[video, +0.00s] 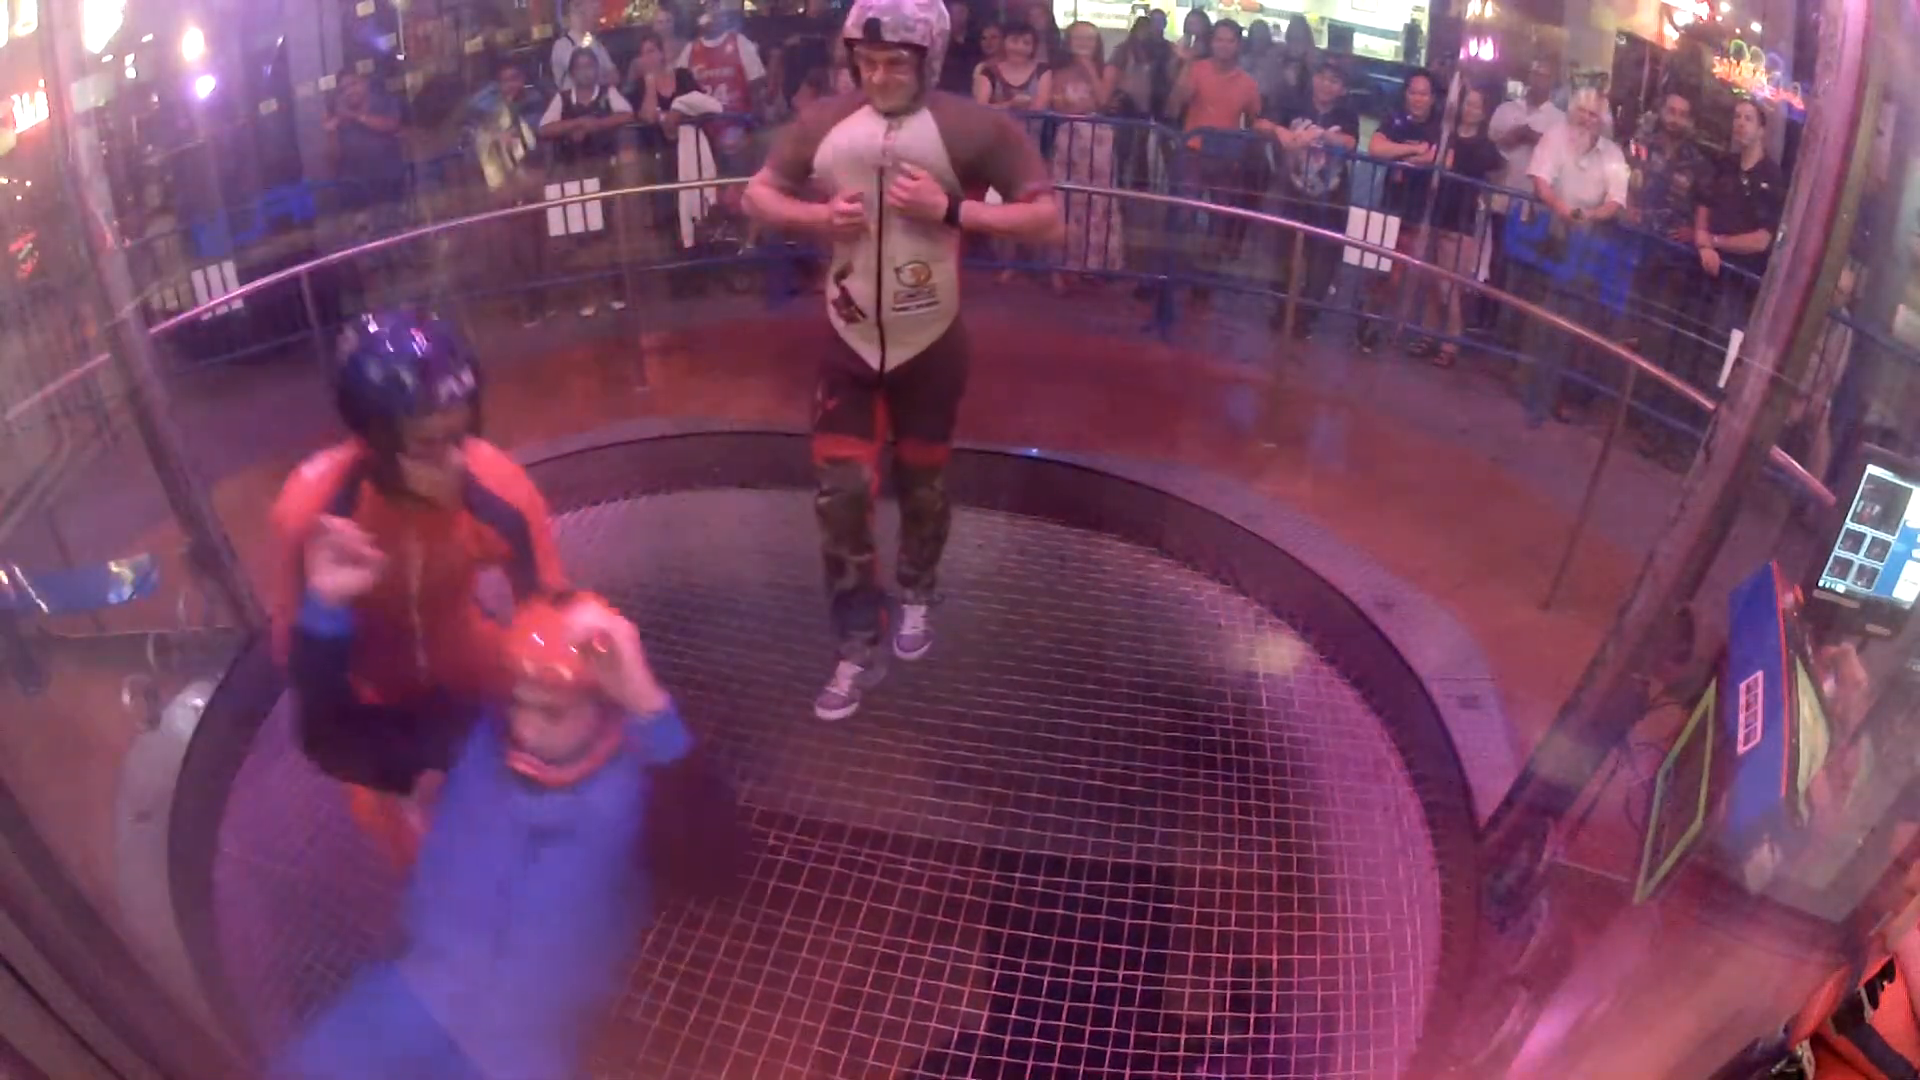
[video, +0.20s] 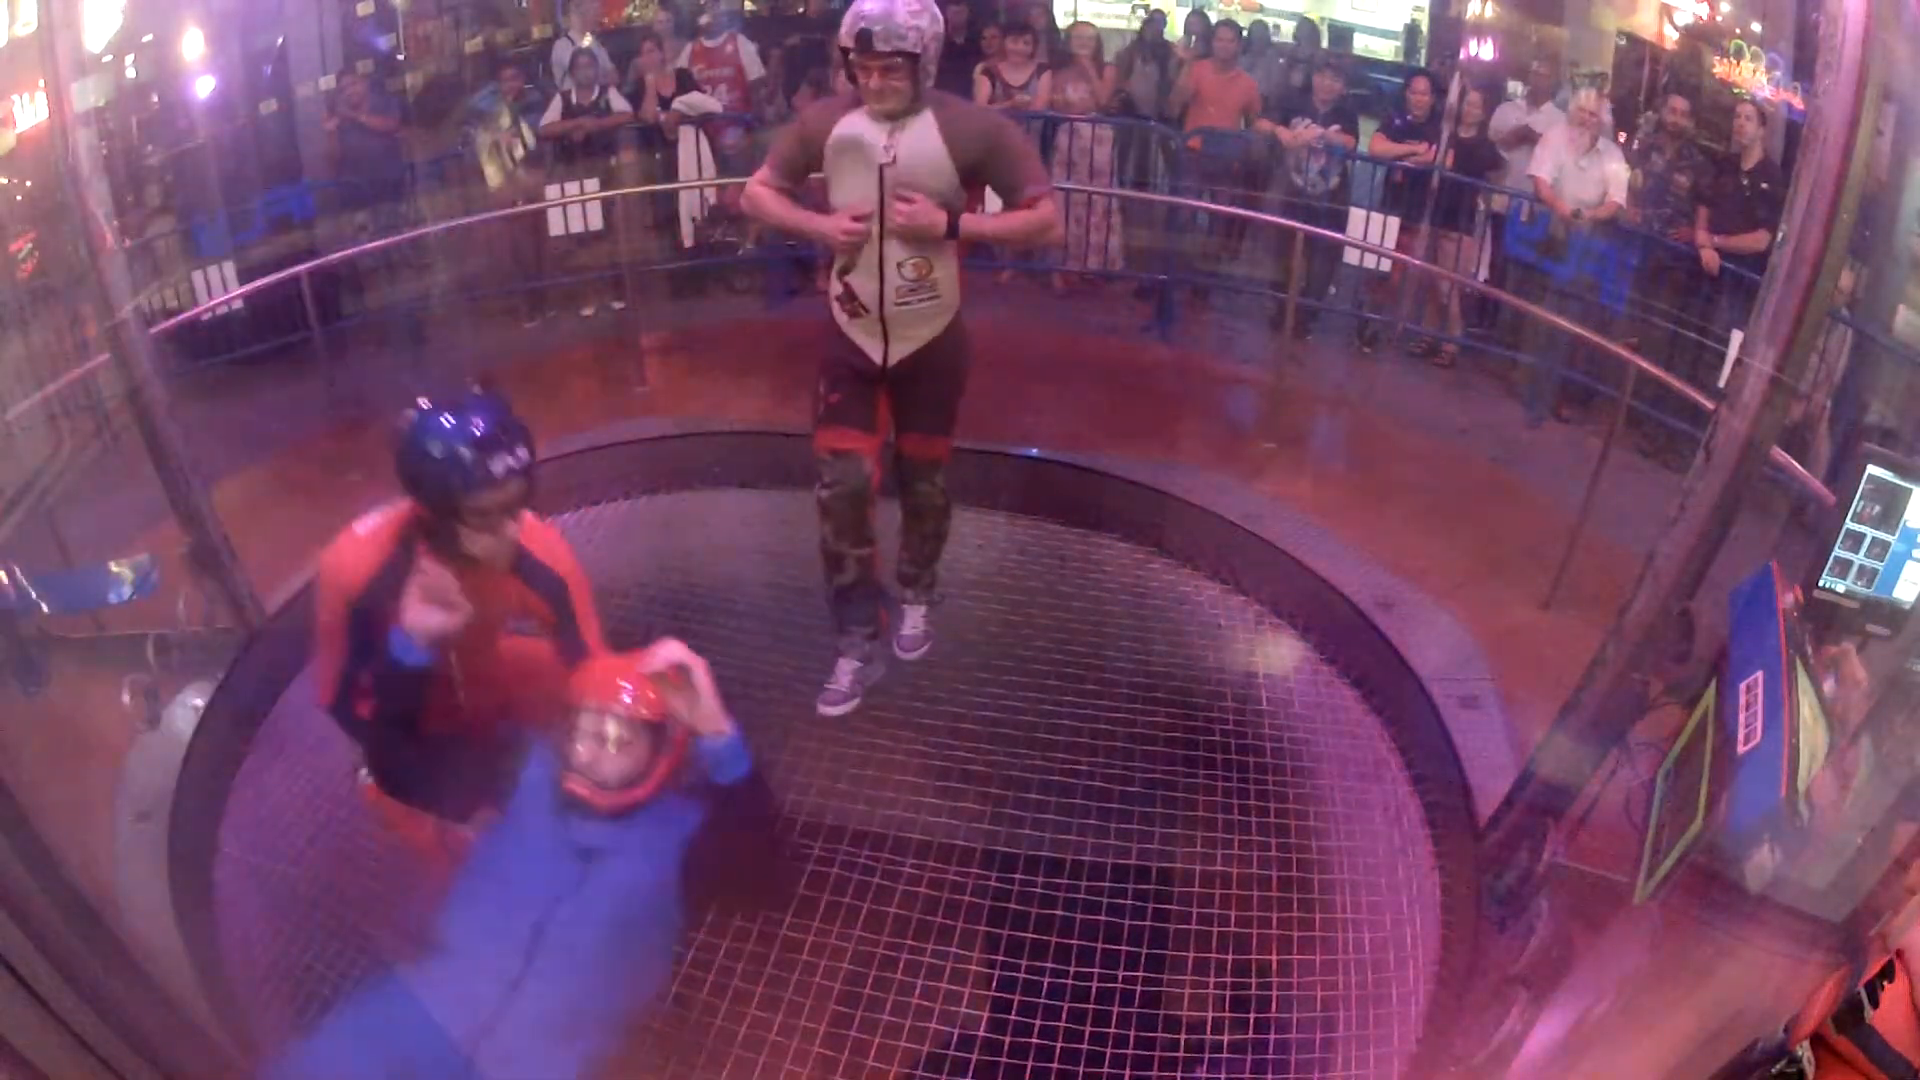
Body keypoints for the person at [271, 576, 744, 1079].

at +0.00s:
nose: (527, 727)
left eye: (551, 711)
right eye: (518, 704)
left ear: (604, 709)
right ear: (505, 691)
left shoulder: (647, 792)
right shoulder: (467, 739)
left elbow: (720, 871)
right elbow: (332, 739)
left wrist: (647, 707)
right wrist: (325, 609)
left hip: (529, 1052)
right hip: (416, 1002)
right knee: (302, 1069)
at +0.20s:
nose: (597, 749)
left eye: (619, 740)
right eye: (588, 731)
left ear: (660, 755)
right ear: (569, 727)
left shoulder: (686, 838)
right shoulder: (526, 771)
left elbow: (765, 871)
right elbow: (402, 768)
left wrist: (717, 738)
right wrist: (412, 648)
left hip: (539, 1066)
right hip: (427, 1012)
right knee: (299, 1074)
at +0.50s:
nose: (680, 759)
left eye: (703, 749)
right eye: (669, 740)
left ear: (735, 767)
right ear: (647, 739)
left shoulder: (741, 845)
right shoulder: (595, 786)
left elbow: (833, 873)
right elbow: (480, 772)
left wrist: (801, 758)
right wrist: (510, 664)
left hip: (574, 1059)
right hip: (474, 1001)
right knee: (298, 1042)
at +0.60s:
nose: (703, 746)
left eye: (724, 739)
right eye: (692, 729)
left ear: (752, 760)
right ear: (666, 729)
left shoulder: (754, 838)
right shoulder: (609, 767)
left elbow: (842, 851)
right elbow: (509, 734)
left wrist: (819, 739)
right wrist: (554, 657)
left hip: (592, 1035)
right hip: (498, 974)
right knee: (315, 978)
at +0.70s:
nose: (714, 736)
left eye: (737, 727)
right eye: (702, 718)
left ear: (768, 746)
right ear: (677, 717)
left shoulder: (769, 829)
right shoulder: (634, 760)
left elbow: (869, 833)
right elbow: (544, 712)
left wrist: (828, 721)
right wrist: (590, 639)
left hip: (600, 1019)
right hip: (514, 950)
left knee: (553, 1069)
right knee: (334, 921)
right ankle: (311, 1068)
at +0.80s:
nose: (731, 723)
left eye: (751, 714)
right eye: (719, 707)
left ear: (782, 733)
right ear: (697, 709)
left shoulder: (786, 815)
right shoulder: (654, 751)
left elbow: (882, 816)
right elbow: (550, 694)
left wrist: (848, 701)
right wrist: (625, 611)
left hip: (632, 990)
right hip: (545, 930)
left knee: (545, 1068)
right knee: (360, 868)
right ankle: (280, 1050)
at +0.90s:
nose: (751, 708)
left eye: (771, 701)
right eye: (740, 692)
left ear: (797, 723)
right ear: (715, 695)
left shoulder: (798, 800)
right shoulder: (674, 741)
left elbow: (893, 805)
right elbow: (606, 702)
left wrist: (864, 694)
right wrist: (658, 609)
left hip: (649, 968)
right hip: (570, 907)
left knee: (551, 1048)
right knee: (405, 809)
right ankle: (274, 966)